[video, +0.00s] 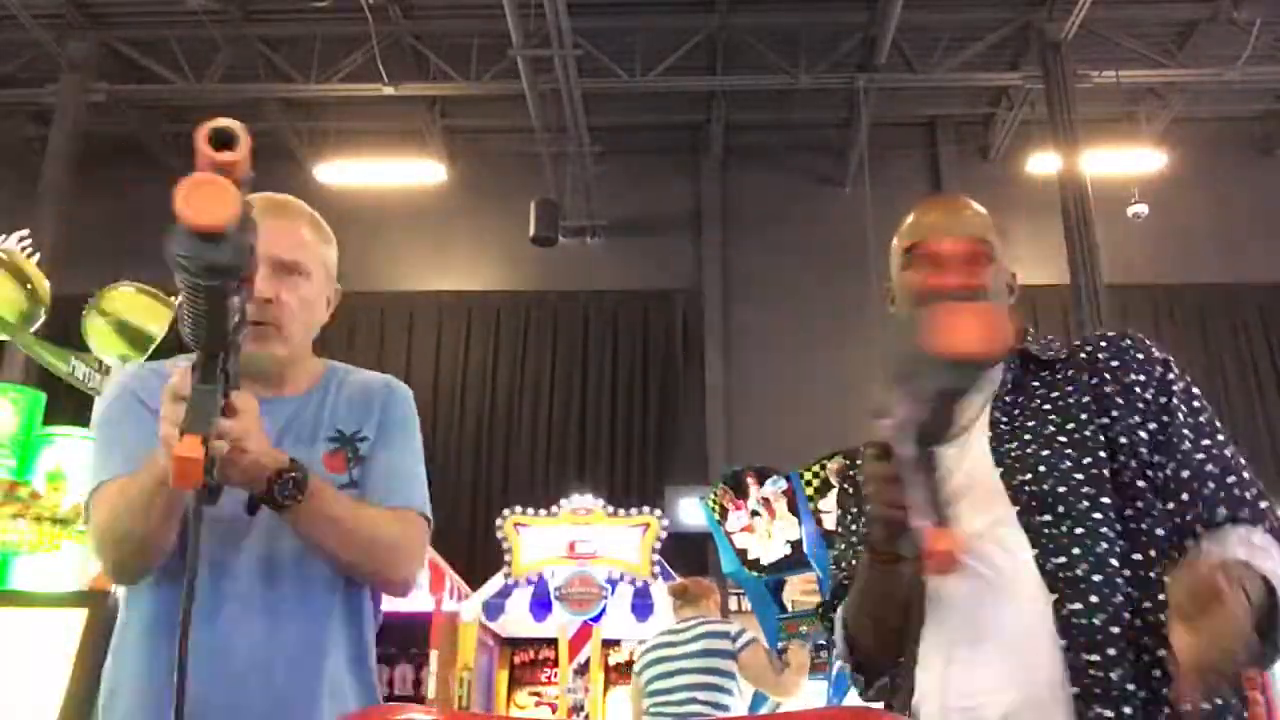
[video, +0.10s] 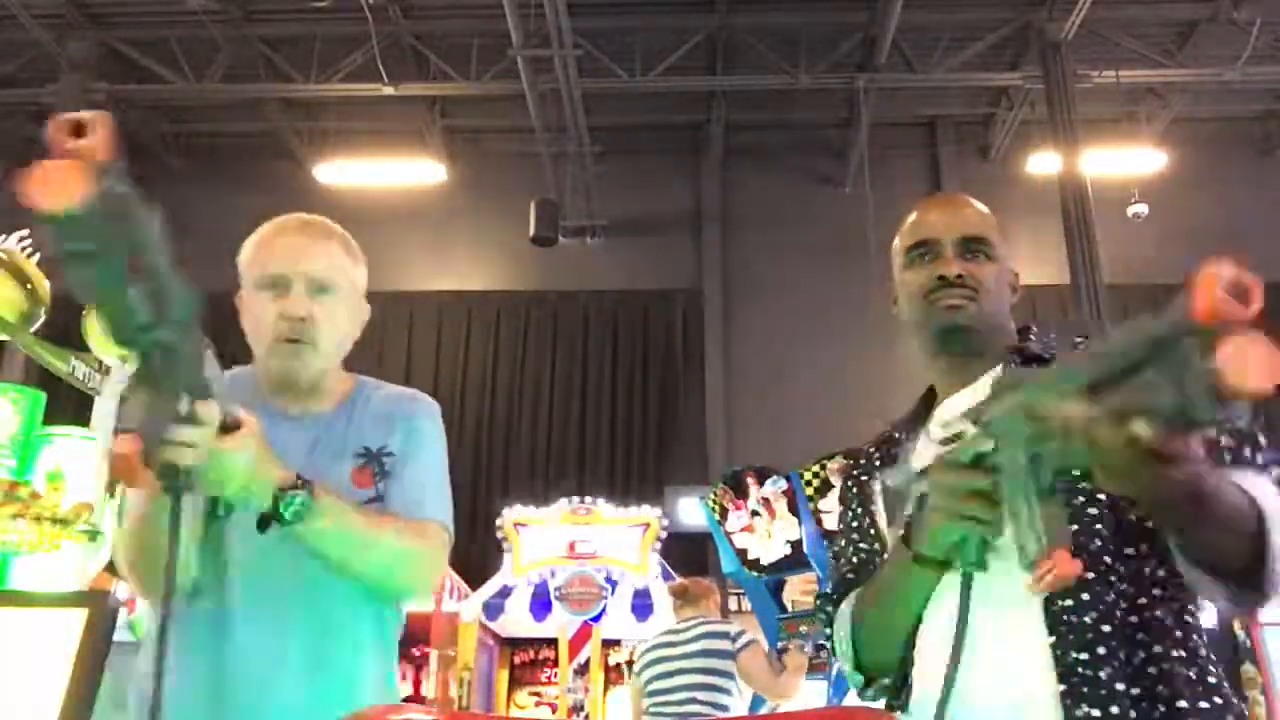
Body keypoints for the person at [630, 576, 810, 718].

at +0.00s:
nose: (722, 611)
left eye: (721, 606)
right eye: (720, 605)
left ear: (675, 611)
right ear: (713, 602)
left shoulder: (646, 649)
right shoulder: (730, 632)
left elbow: (638, 714)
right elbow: (785, 688)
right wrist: (800, 657)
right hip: (712, 713)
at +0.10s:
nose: (722, 610)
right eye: (720, 604)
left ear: (675, 610)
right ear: (713, 602)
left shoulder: (646, 649)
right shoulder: (730, 633)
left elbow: (638, 714)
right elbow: (780, 691)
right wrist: (797, 663)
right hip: (713, 712)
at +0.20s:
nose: (722, 608)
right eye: (720, 602)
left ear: (677, 609)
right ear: (713, 601)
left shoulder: (647, 648)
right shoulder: (731, 633)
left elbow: (637, 712)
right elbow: (759, 690)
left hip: (657, 715)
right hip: (712, 713)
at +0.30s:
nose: (721, 606)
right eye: (720, 601)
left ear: (677, 608)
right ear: (713, 600)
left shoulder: (646, 648)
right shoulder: (729, 632)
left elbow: (638, 711)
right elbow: (749, 694)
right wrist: (768, 693)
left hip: (657, 714)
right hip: (708, 712)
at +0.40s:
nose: (720, 607)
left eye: (719, 601)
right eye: (717, 600)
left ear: (675, 607)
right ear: (710, 597)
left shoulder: (647, 646)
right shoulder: (728, 632)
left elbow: (637, 712)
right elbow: (764, 696)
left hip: (656, 715)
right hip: (706, 713)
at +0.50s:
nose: (719, 607)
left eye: (717, 600)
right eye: (716, 598)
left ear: (672, 607)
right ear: (707, 595)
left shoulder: (645, 648)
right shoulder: (727, 630)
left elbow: (637, 713)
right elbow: (776, 688)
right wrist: (792, 655)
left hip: (656, 716)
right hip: (707, 714)